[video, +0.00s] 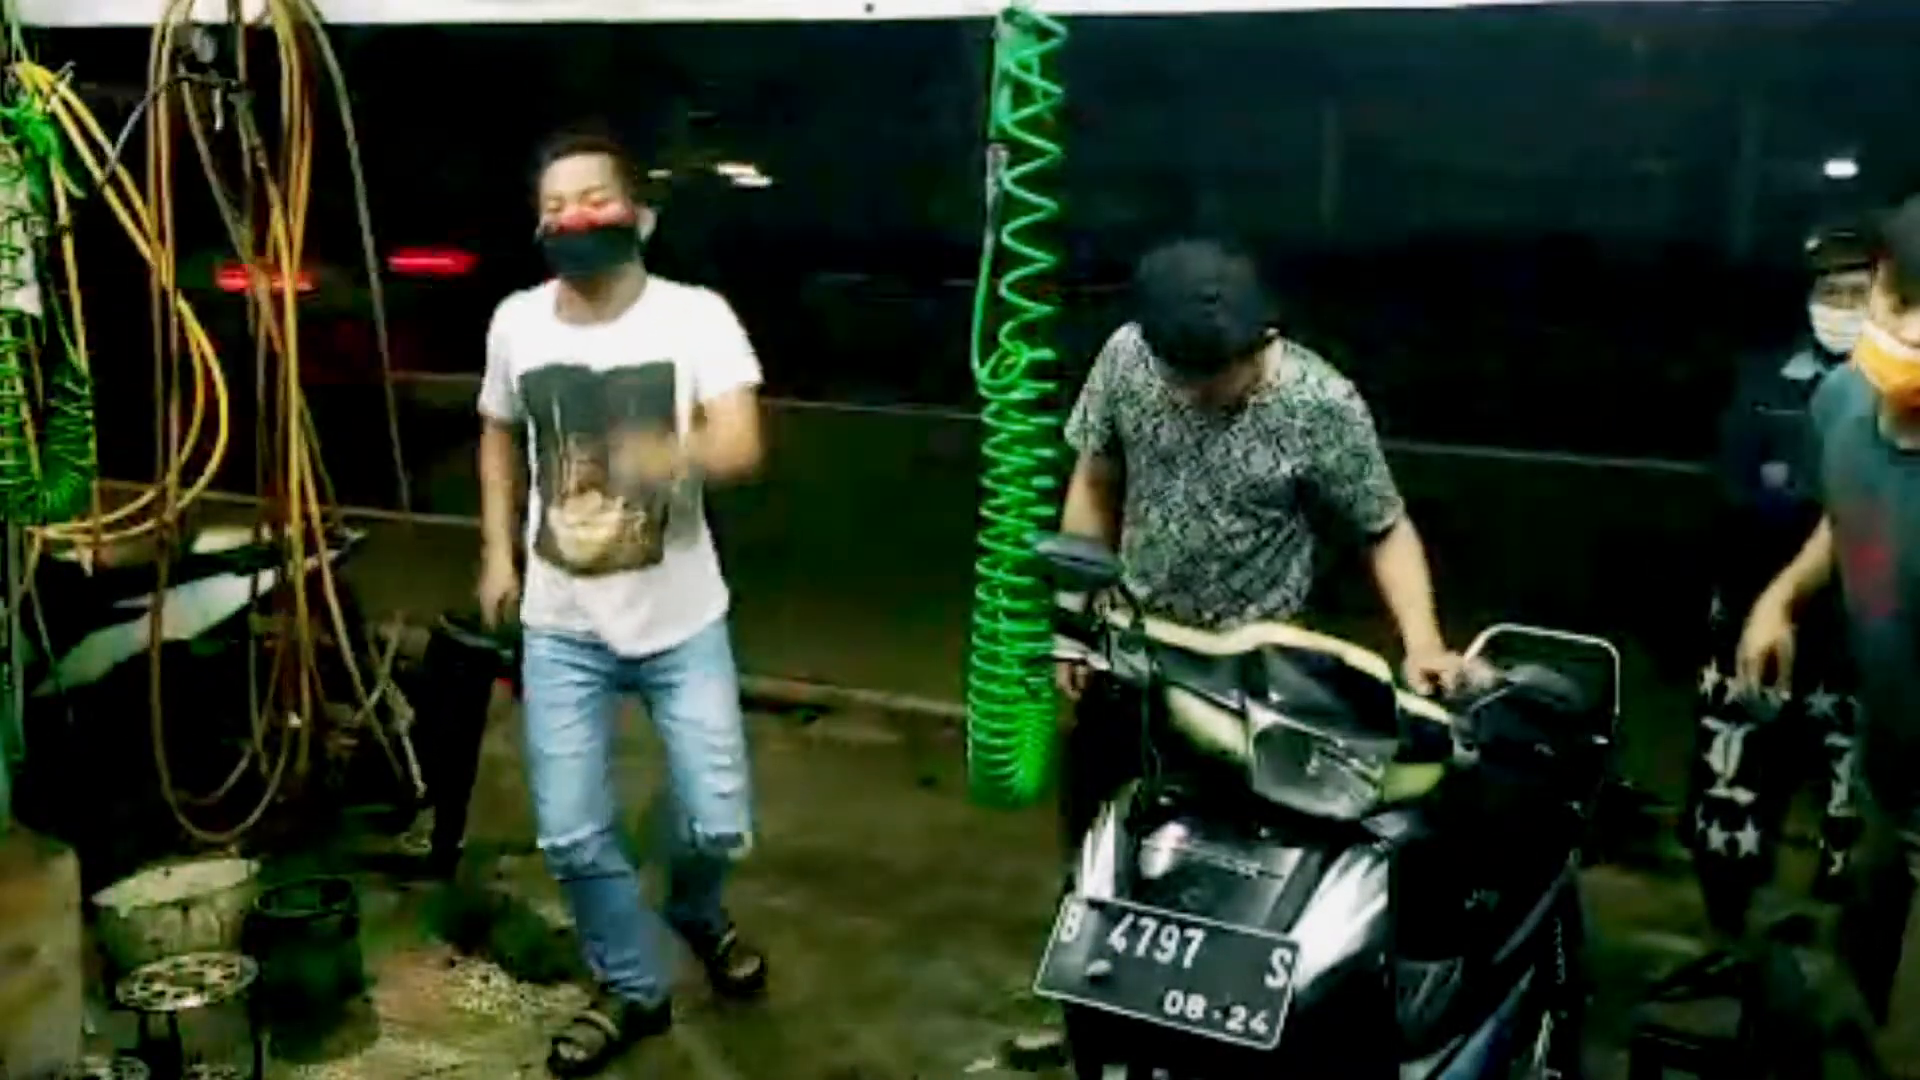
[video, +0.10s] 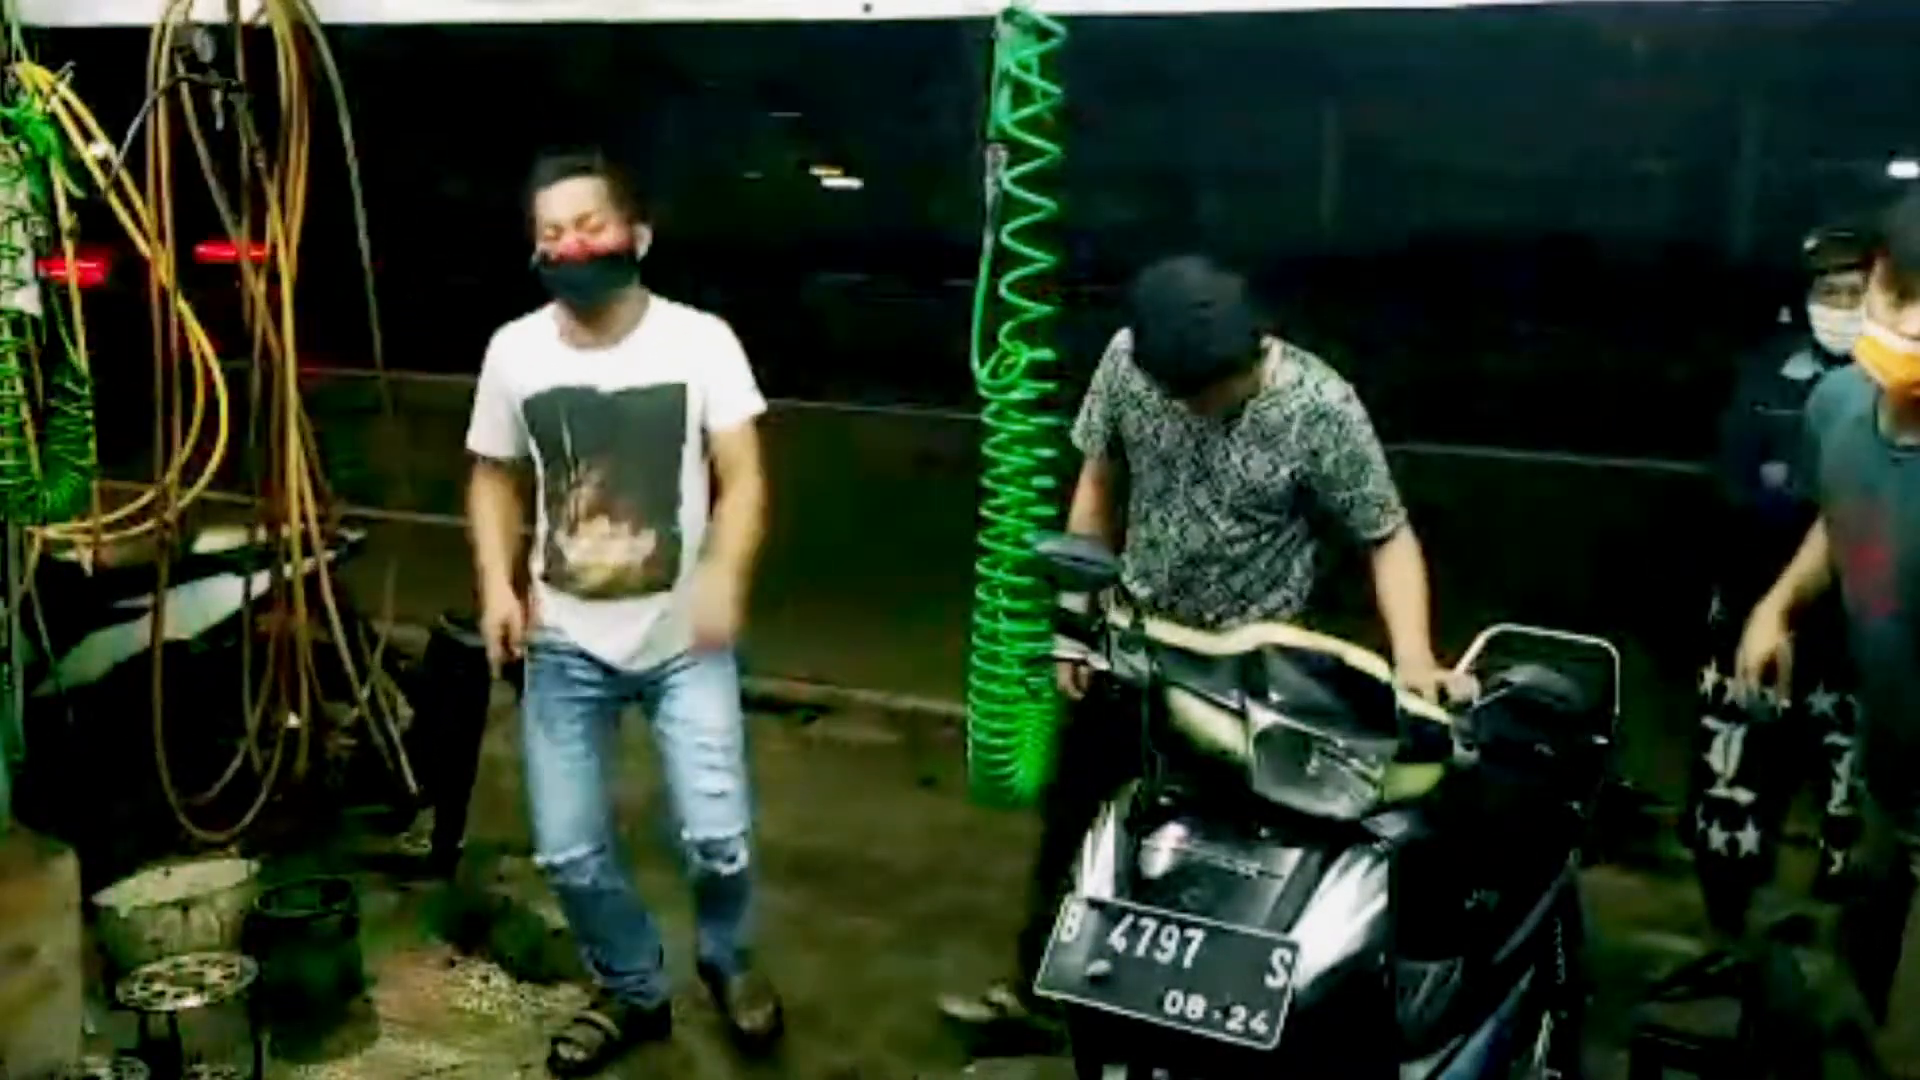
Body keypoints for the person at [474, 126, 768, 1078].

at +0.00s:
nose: (579, 217)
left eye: (596, 198)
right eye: (560, 204)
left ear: (635, 208)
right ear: (540, 223)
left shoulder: (696, 316)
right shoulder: (517, 326)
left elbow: (739, 448)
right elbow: (499, 438)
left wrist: (652, 458)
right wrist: (498, 552)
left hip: (680, 611)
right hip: (561, 617)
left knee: (718, 820)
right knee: (570, 833)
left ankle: (695, 913)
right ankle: (632, 989)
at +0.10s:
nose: (576, 245)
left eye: (591, 223)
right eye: (556, 232)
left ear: (635, 229)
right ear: (538, 249)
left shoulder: (701, 343)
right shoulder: (515, 353)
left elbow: (744, 479)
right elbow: (493, 475)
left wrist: (722, 578)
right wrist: (498, 584)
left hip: (686, 637)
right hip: (564, 642)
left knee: (717, 839)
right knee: (568, 852)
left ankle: (728, 960)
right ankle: (634, 993)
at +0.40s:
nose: (631, 227)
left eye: (650, 207)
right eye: (611, 211)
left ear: (692, 212)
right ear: (588, 223)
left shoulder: (735, 301)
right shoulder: (550, 310)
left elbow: (802, 352)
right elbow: (421, 394)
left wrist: (872, 434)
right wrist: (470, 376)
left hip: (723, 621)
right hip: (599, 630)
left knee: (742, 846)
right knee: (609, 850)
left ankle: (764, 1047)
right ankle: (633, 1002)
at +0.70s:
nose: (694, 249)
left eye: (714, 229)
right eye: (674, 230)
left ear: (752, 236)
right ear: (646, 240)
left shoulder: (804, 366)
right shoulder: (602, 344)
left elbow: (863, 510)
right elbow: (556, 457)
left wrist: (841, 618)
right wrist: (553, 544)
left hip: (769, 663)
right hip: (640, 663)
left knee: (778, 888)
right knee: (614, 883)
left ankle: (763, 1054)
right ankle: (652, 989)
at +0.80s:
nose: (704, 251)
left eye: (723, 230)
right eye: (682, 232)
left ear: (758, 236)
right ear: (653, 244)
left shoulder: (808, 368)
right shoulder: (616, 343)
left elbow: (836, 529)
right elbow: (583, 463)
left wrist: (742, 571)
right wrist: (569, 577)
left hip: (776, 671)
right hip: (644, 664)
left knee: (783, 894)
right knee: (626, 893)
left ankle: (767, 1057)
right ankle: (658, 1063)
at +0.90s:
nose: (697, 237)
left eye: (717, 218)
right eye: (675, 219)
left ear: (749, 229)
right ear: (643, 234)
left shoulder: (796, 341)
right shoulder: (613, 331)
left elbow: (823, 477)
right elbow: (589, 438)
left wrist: (715, 469)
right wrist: (555, 546)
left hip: (773, 665)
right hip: (644, 662)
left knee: (784, 895)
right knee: (644, 908)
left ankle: (767, 1056)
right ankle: (635, 1073)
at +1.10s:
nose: (679, 225)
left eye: (696, 205)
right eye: (654, 209)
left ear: (723, 213)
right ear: (613, 227)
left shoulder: (770, 311)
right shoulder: (571, 327)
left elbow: (843, 439)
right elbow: (521, 427)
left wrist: (743, 464)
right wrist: (474, 526)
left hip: (754, 660)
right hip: (621, 668)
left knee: (777, 893)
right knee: (635, 923)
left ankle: (765, 1056)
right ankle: (634, 1072)